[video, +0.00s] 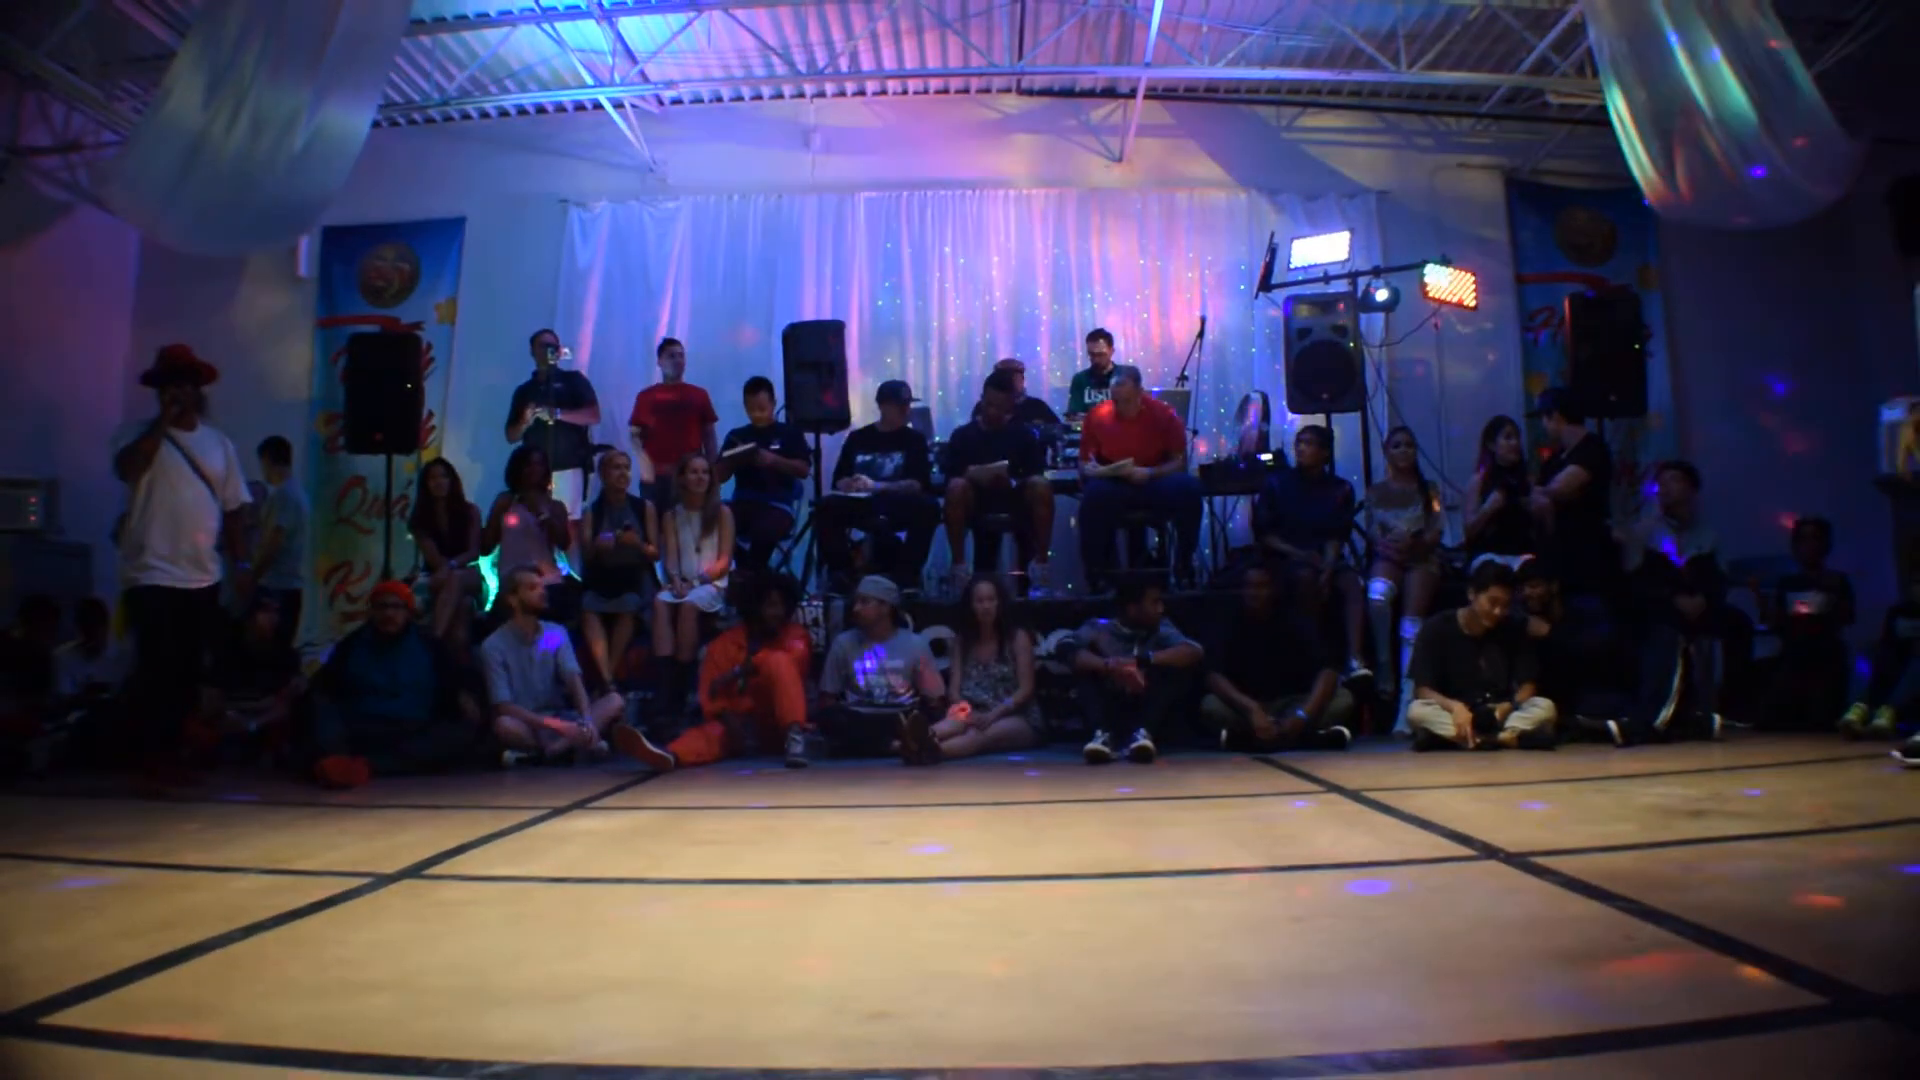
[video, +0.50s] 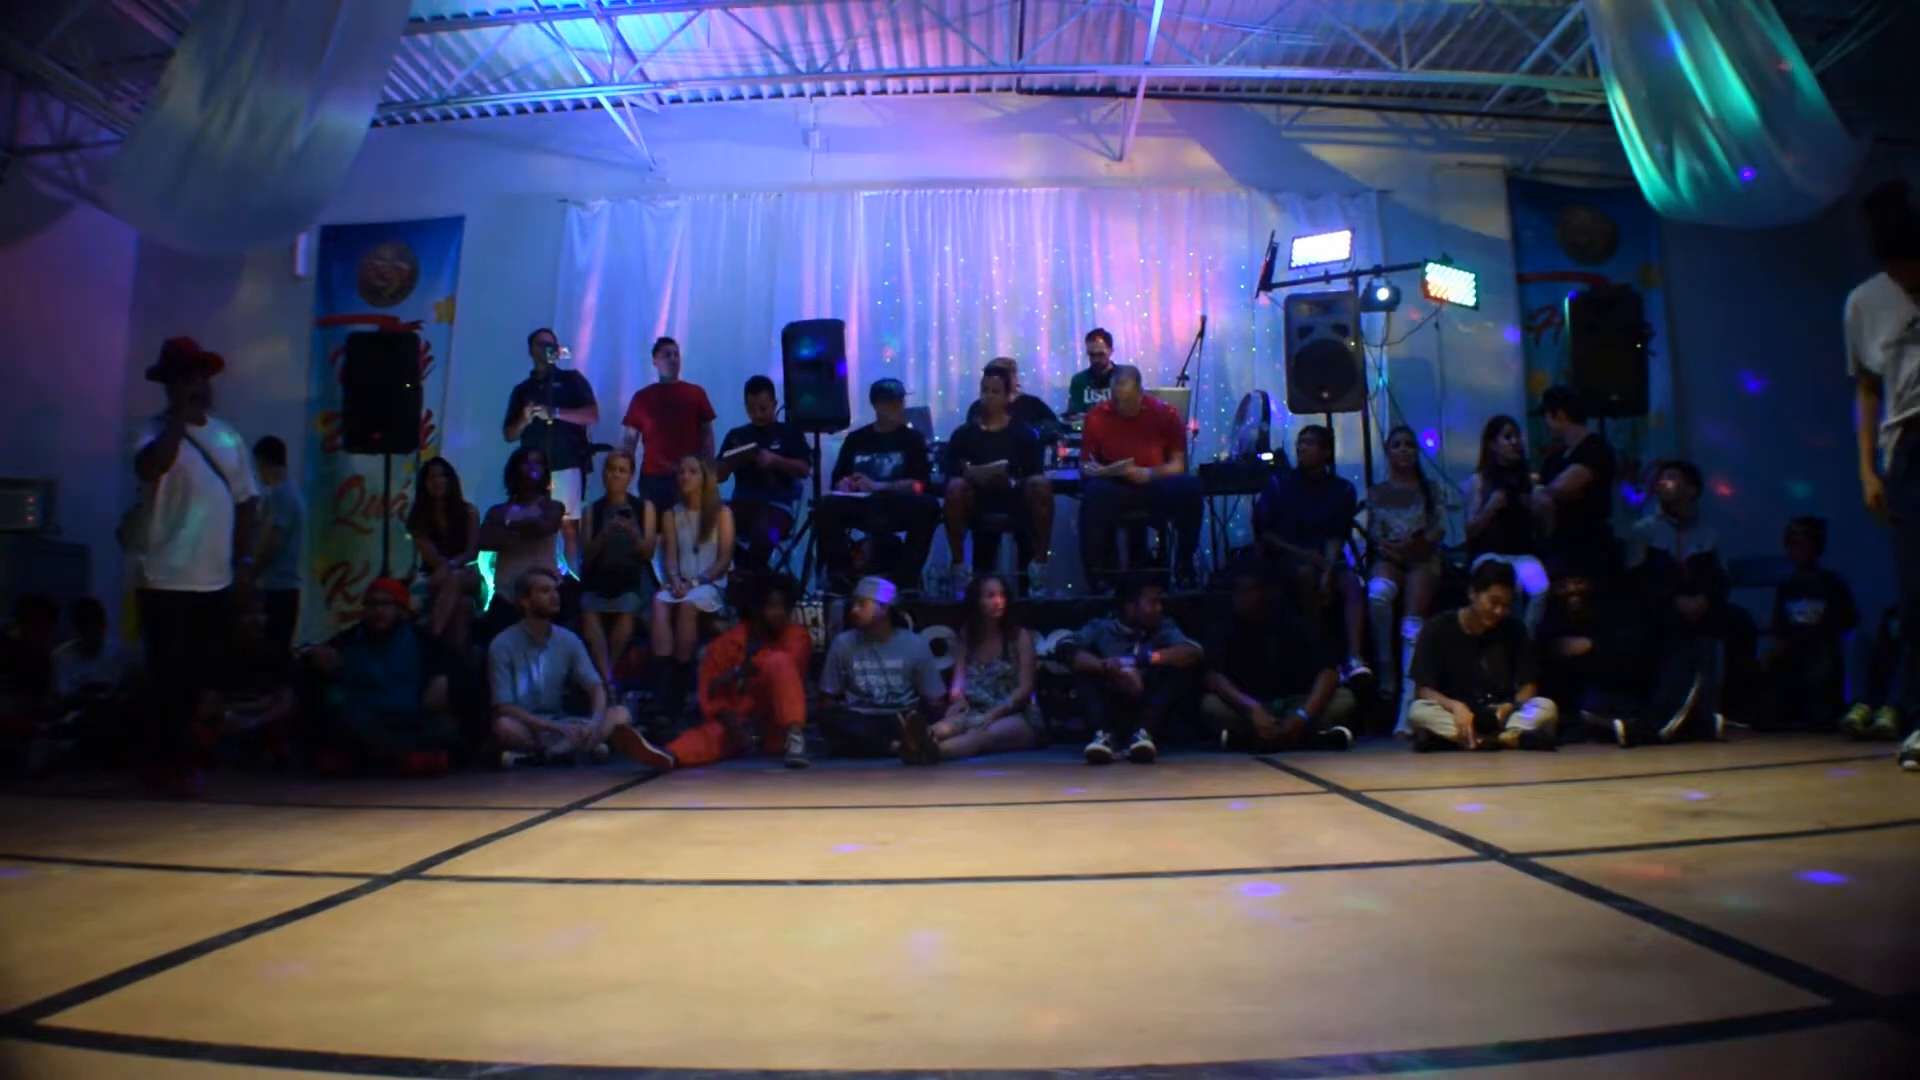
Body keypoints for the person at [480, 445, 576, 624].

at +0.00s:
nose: (535, 470)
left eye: (540, 465)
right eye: (529, 465)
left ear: (547, 470)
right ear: (518, 469)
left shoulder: (555, 506)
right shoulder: (505, 501)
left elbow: (564, 543)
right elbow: (486, 547)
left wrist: (546, 517)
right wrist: (500, 512)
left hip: (548, 581)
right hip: (512, 582)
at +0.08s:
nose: (536, 471)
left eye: (541, 466)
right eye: (530, 466)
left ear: (547, 471)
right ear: (518, 470)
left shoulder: (555, 507)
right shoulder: (506, 507)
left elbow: (561, 537)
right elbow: (485, 546)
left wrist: (527, 520)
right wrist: (502, 516)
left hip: (547, 575)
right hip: (513, 576)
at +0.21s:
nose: (532, 472)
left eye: (537, 467)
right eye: (527, 467)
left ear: (545, 473)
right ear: (516, 472)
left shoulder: (554, 508)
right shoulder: (501, 512)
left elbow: (549, 531)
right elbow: (484, 544)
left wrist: (518, 519)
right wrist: (501, 526)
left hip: (548, 584)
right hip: (509, 586)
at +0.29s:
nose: (535, 471)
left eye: (539, 466)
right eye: (529, 467)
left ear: (545, 472)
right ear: (516, 472)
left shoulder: (553, 507)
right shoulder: (499, 512)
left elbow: (546, 529)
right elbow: (486, 543)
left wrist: (510, 524)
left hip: (547, 587)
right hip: (508, 589)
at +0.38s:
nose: (534, 471)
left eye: (539, 466)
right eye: (528, 466)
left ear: (545, 471)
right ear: (516, 471)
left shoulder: (553, 507)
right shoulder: (499, 512)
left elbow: (546, 529)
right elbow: (485, 543)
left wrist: (510, 520)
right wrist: (529, 533)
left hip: (546, 598)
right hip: (506, 598)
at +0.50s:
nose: (534, 469)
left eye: (539, 464)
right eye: (527, 464)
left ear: (546, 471)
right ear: (515, 471)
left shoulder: (553, 507)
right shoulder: (498, 511)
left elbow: (545, 528)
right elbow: (485, 541)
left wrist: (507, 527)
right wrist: (527, 534)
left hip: (545, 600)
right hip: (506, 599)